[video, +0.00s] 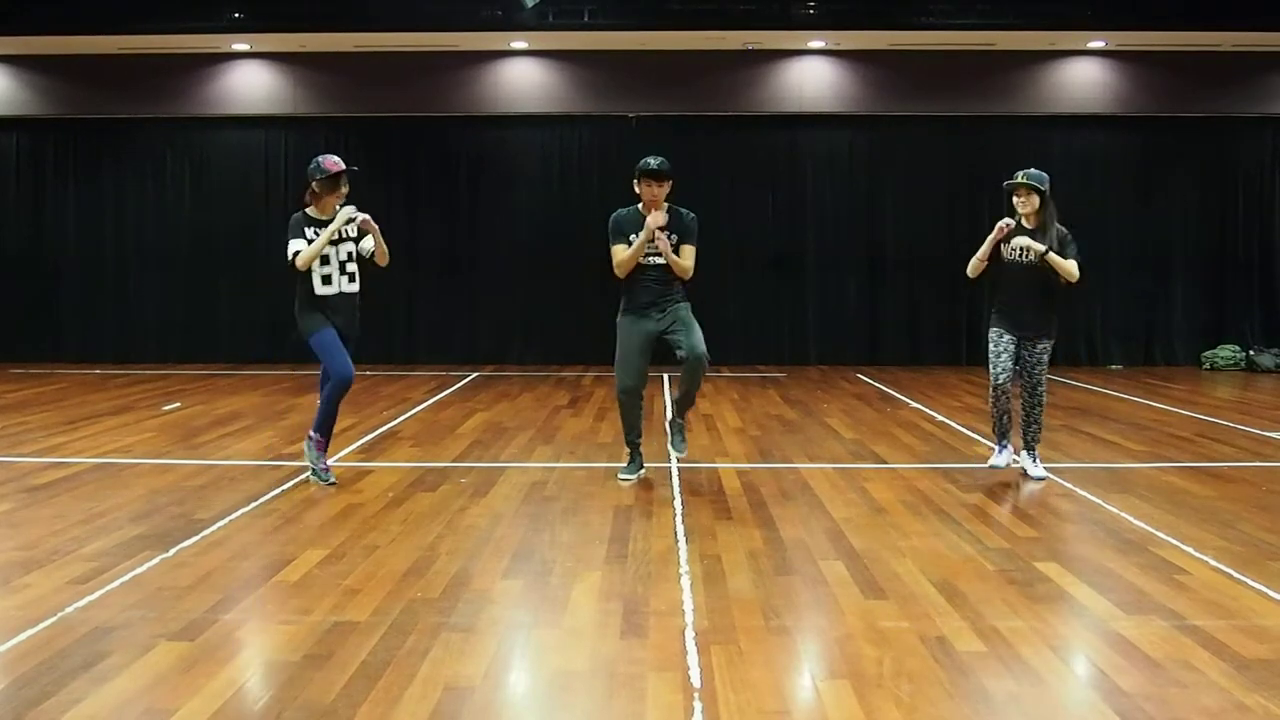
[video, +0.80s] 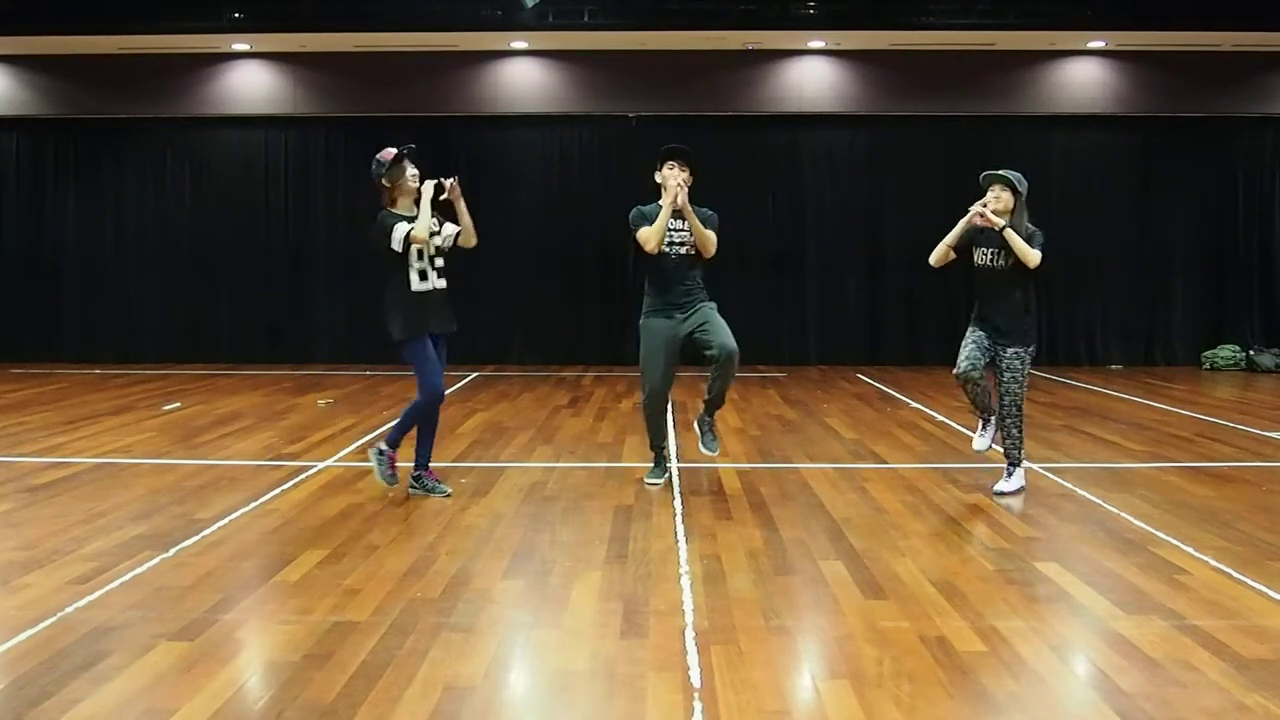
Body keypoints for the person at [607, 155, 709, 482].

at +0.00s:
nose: (653, 190)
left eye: (659, 184)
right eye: (647, 184)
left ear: (669, 186)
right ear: (637, 186)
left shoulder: (685, 220)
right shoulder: (621, 220)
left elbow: (687, 271)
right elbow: (621, 268)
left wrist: (668, 254)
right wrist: (646, 233)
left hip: (674, 307)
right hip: (635, 312)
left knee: (697, 355)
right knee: (627, 386)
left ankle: (678, 416)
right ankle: (634, 454)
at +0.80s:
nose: (676, 174)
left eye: (682, 170)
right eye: (669, 168)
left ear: (690, 180)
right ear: (657, 177)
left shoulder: (704, 216)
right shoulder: (642, 214)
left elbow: (709, 250)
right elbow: (650, 245)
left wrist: (687, 210)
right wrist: (669, 204)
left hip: (698, 308)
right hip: (658, 314)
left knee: (727, 351)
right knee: (653, 392)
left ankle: (707, 417)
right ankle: (659, 457)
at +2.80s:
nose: (693, 173)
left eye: (698, 167)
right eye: (687, 167)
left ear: (708, 172)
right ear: (675, 171)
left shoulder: (720, 206)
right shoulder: (665, 209)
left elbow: (735, 253)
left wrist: (719, 211)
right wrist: (686, 199)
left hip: (715, 306)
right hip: (675, 308)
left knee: (747, 369)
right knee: (679, 389)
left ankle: (729, 437)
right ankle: (674, 461)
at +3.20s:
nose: (701, 174)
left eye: (706, 168)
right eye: (694, 168)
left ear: (717, 171)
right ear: (683, 172)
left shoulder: (733, 207)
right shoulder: (673, 209)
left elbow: (742, 255)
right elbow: (661, 252)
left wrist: (715, 217)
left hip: (722, 312)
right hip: (682, 311)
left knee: (727, 391)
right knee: (665, 384)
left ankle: (723, 463)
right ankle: (677, 422)